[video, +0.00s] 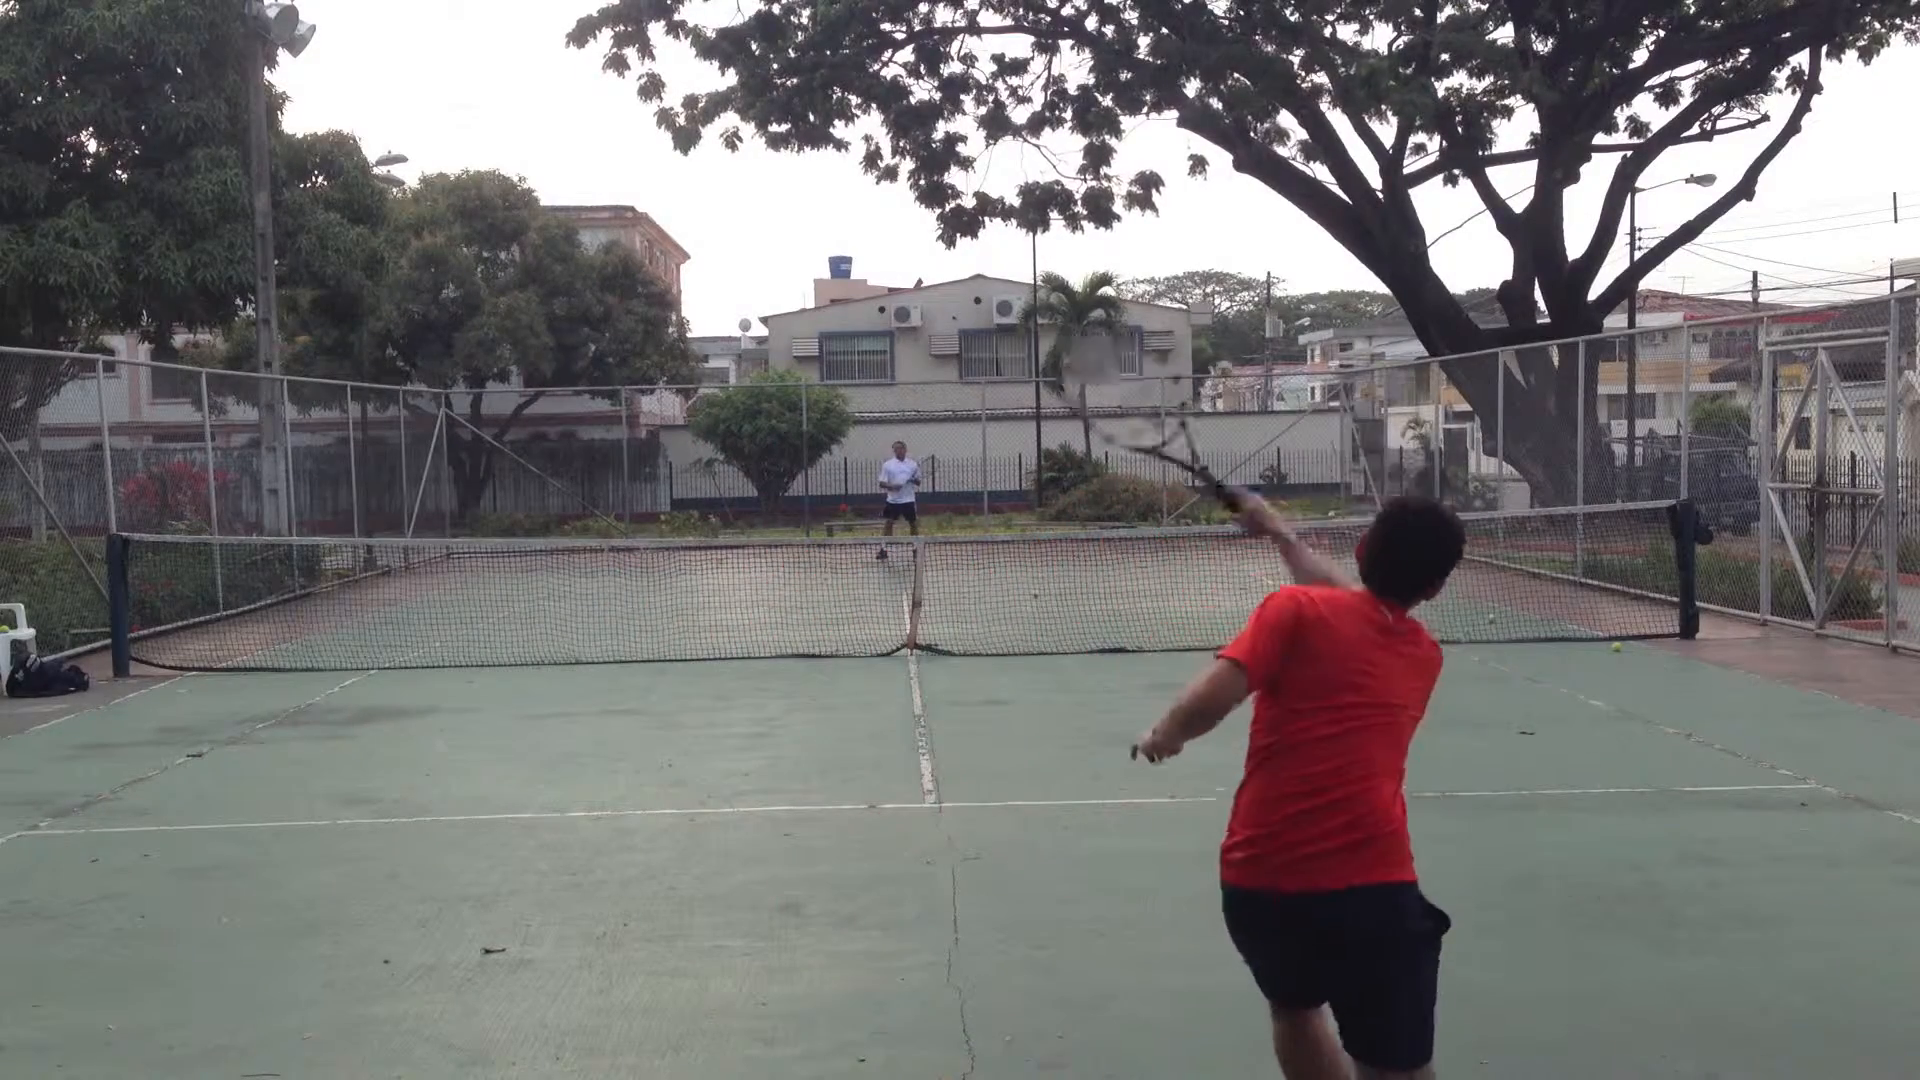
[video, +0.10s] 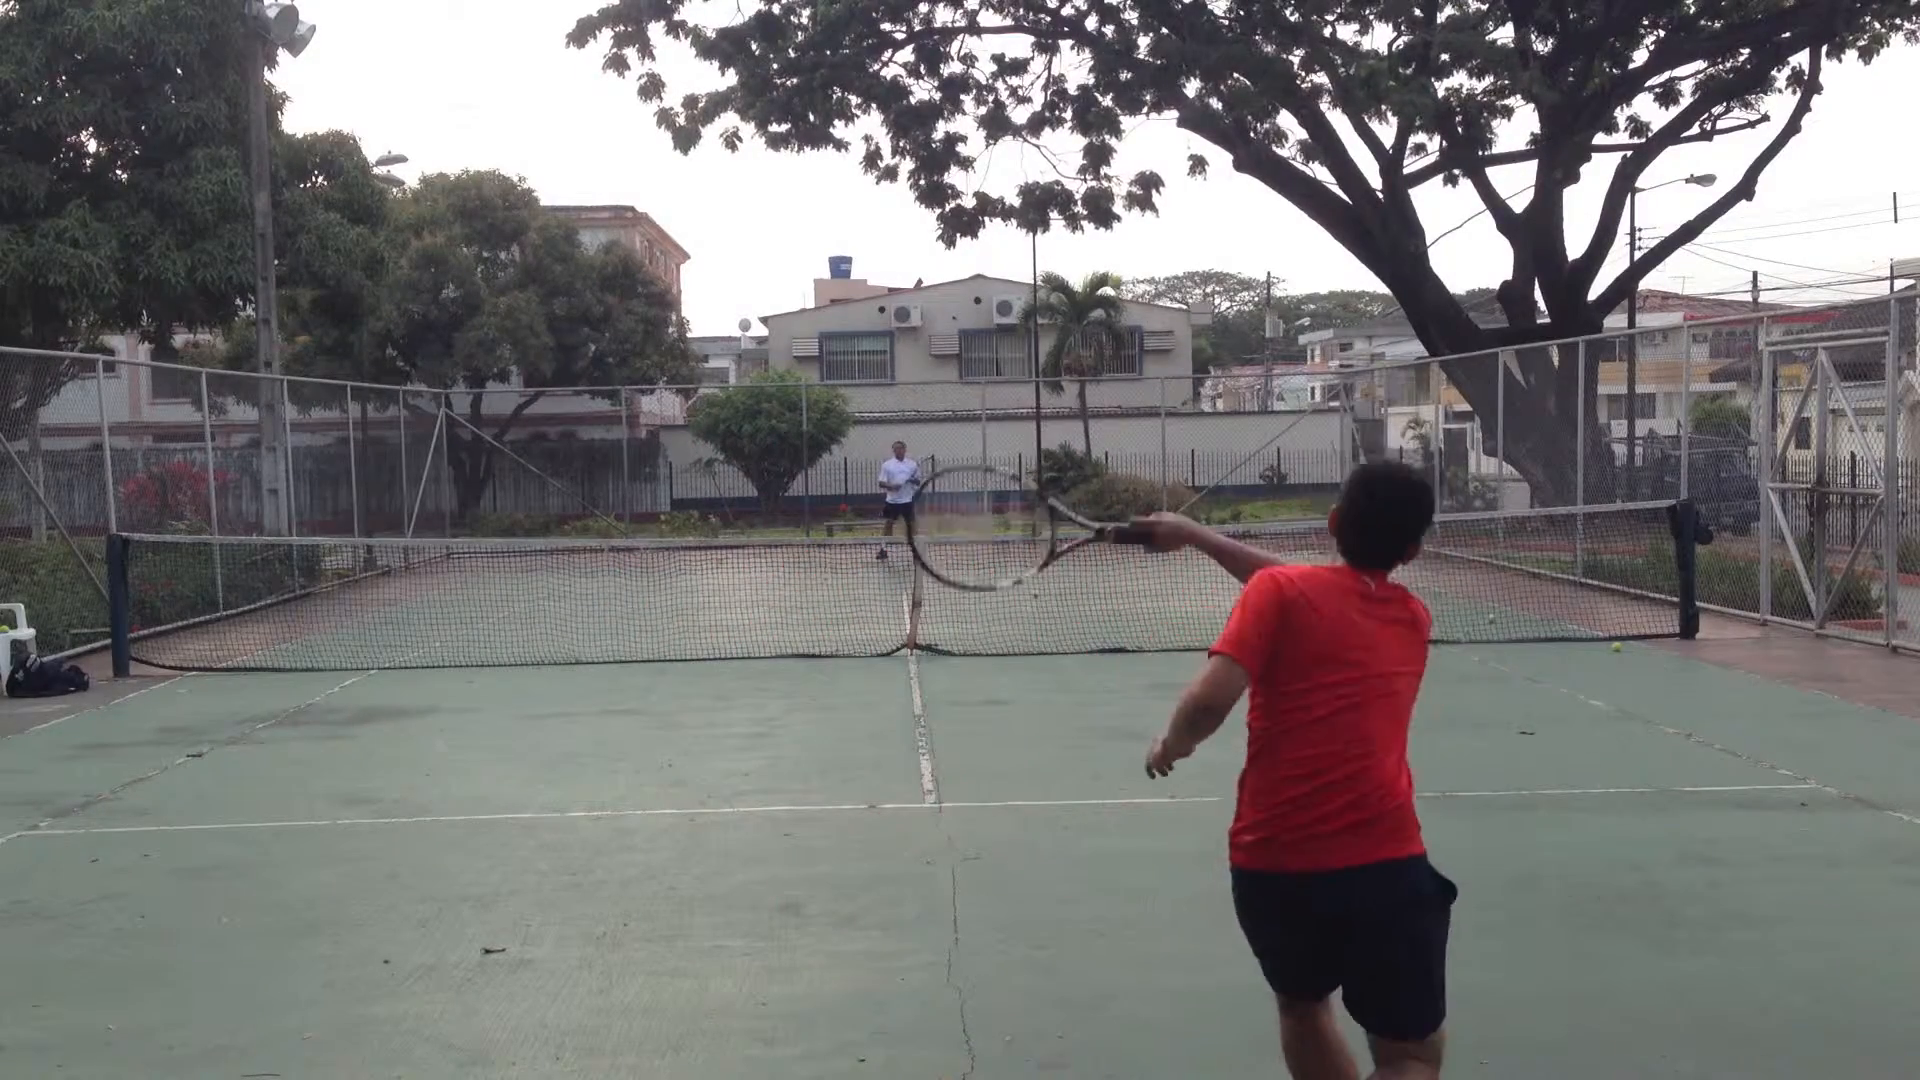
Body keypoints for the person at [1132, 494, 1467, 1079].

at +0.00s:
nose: (1359, 536)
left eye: (1366, 532)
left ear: (1362, 547)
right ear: (1433, 586)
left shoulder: (1293, 608)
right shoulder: (1424, 653)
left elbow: (1209, 699)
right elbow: (1348, 595)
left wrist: (1163, 738)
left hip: (1263, 887)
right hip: (1375, 892)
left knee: (1297, 1011)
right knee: (1395, 1066)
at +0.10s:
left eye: (1336, 506)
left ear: (1333, 521)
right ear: (1413, 549)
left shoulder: (1277, 590)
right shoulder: (1413, 618)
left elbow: (1207, 703)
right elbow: (1304, 584)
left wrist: (1172, 747)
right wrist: (1191, 533)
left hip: (1275, 873)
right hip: (1386, 873)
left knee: (1305, 1008)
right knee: (1409, 1055)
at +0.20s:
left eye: (1306, 475)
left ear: (1305, 491)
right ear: (1387, 508)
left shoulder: (1257, 571)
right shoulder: (1395, 584)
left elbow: (1212, 691)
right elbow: (1273, 601)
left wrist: (1167, 752)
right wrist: (1146, 607)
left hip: (1277, 851)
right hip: (1386, 847)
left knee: (1309, 1006)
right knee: (1400, 1031)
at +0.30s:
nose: (1269, 461)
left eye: (1271, 452)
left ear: (1272, 467)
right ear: (1354, 477)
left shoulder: (1241, 555)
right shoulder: (1366, 557)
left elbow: (1218, 691)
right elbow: (1281, 655)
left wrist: (1167, 762)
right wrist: (1160, 703)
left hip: (1277, 841)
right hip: (1383, 833)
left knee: (1298, 1013)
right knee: (1376, 1023)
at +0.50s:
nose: (1211, 466)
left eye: (1212, 455)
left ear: (1216, 472)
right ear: (1300, 472)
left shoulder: (1203, 569)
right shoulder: (1341, 564)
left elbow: (1211, 708)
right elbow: (1319, 710)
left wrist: (1146, 777)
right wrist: (1211, 773)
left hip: (1243, 850)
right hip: (1350, 842)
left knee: (1194, 994)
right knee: (1321, 1030)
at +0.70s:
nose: (1164, 426)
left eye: (1165, 417)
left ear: (1172, 433)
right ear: (1258, 433)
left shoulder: (1153, 539)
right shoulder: (1316, 534)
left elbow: (1147, 686)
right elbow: (1343, 686)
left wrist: (1115, 729)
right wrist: (1252, 705)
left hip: (1178, 833)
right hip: (1293, 833)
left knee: (1101, 1010)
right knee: (1289, 1026)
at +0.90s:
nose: (1096, 443)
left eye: (1097, 433)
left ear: (1103, 450)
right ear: (1192, 447)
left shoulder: (1071, 564)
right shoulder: (1254, 556)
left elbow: (1037, 724)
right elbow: (1294, 714)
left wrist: (1079, 692)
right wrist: (1207, 729)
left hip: (1094, 867)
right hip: (1220, 863)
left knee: (1023, 1064)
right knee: (1257, 1054)